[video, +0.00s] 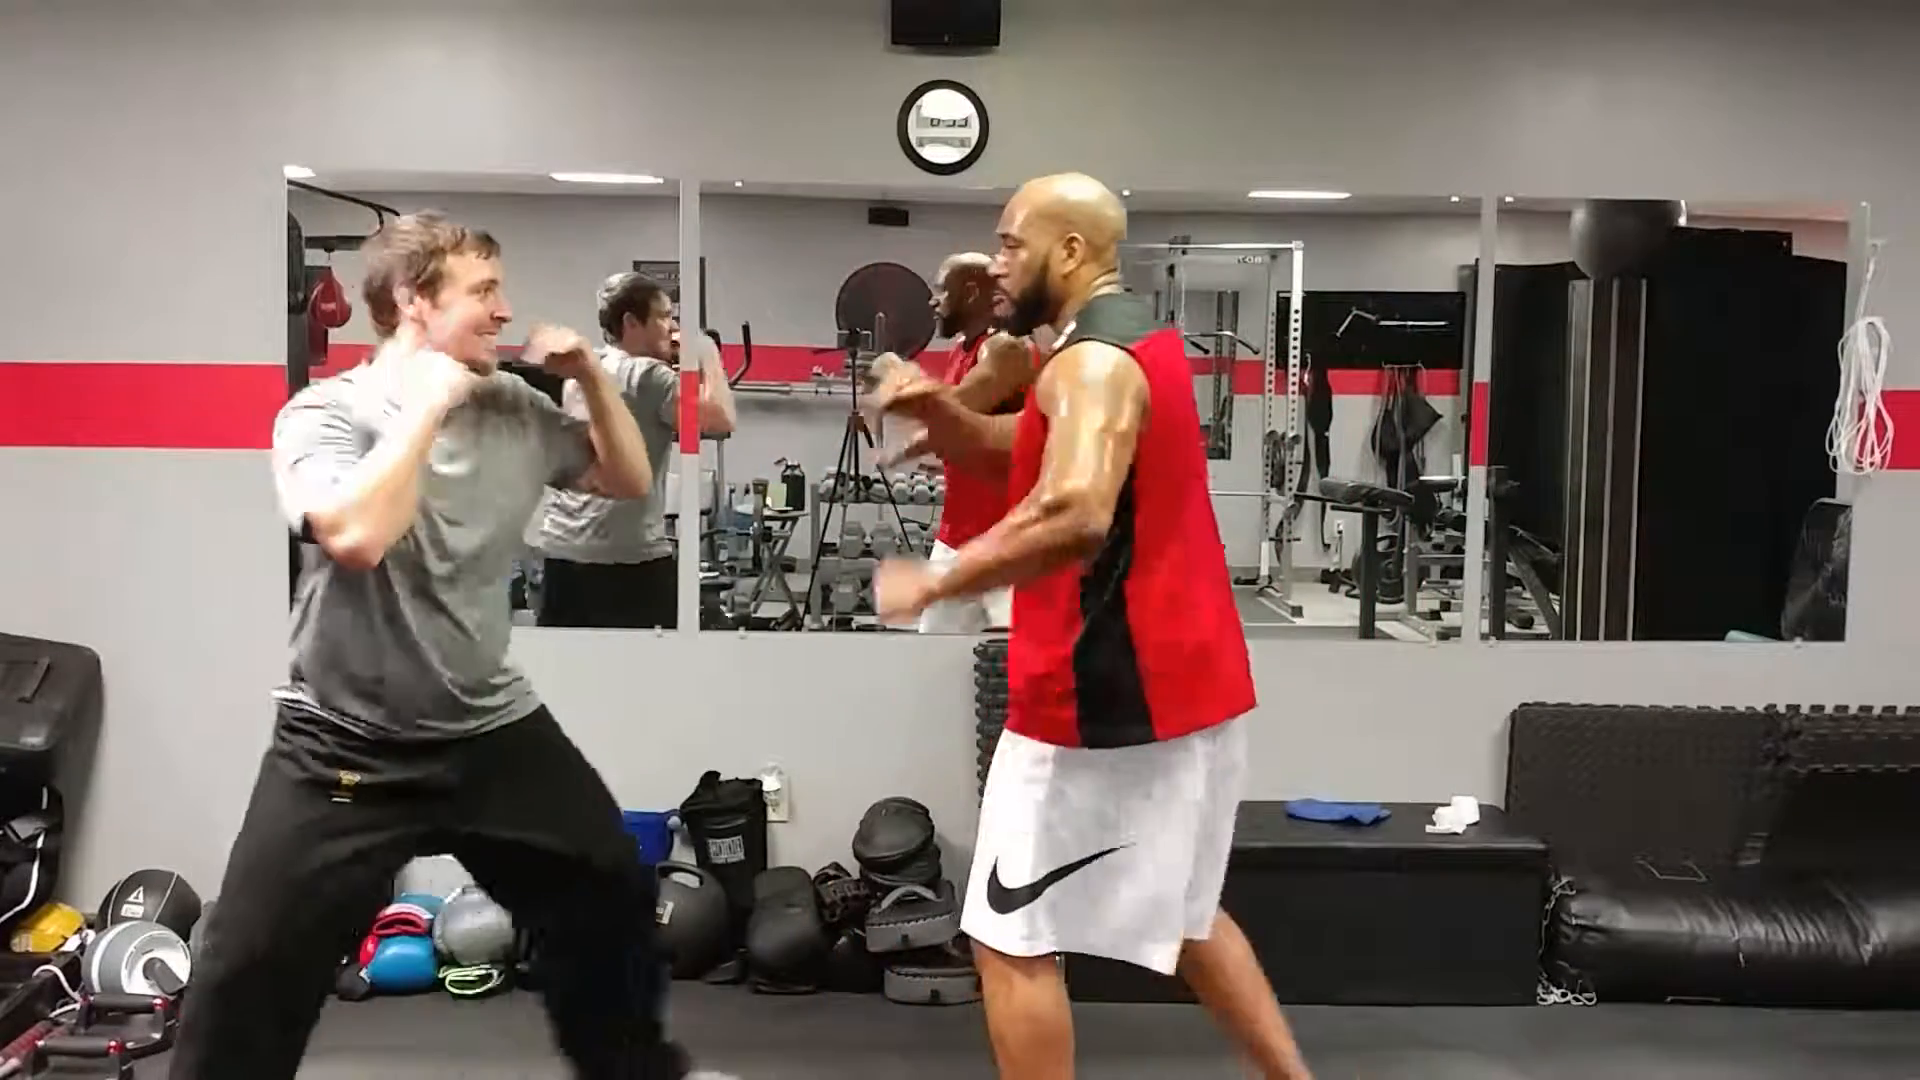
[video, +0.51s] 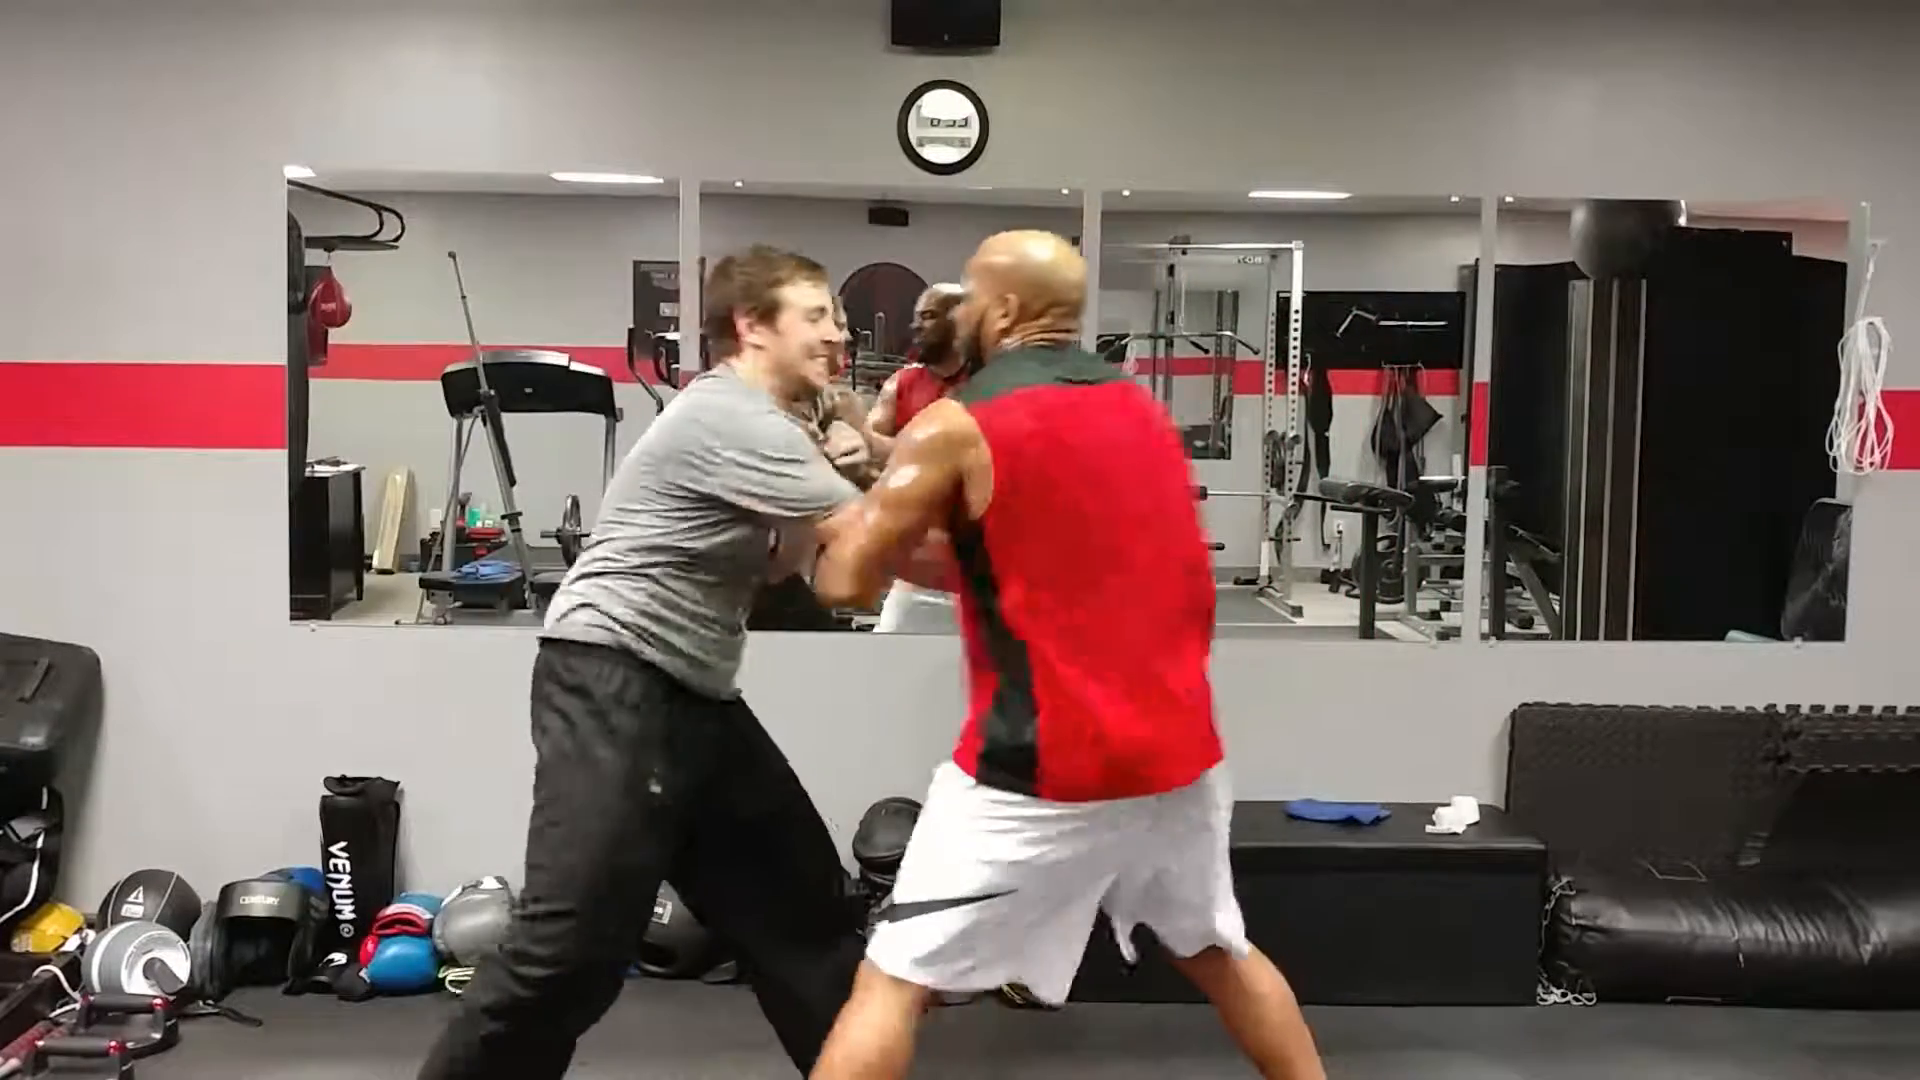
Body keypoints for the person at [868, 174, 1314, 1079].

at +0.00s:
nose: (997, 260)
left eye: (1011, 242)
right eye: (1000, 241)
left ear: (1071, 253)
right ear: (1086, 256)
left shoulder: (1090, 361)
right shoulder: (1140, 340)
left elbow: (1076, 511)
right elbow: (1005, 439)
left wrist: (936, 579)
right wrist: (934, 408)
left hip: (1091, 699)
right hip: (1192, 690)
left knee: (1008, 935)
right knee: (1186, 911)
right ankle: (1290, 1072)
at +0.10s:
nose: (1037, 266)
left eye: (1053, 249)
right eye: (1040, 248)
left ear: (1109, 260)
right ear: (1128, 263)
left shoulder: (1114, 355)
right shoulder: (1175, 339)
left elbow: (1023, 478)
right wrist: (976, 414)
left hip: (1108, 693)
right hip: (1221, 676)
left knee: (980, 914)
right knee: (1230, 913)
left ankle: (1030, 1074)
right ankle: (1321, 1073)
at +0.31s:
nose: (1052, 266)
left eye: (1066, 251)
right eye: (1060, 249)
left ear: (1111, 272)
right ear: (1162, 274)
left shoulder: (1050, 395)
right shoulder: (1237, 371)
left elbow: (974, 548)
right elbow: (1162, 491)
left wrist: (977, 442)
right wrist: (1011, 419)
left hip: (1088, 701)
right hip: (1227, 698)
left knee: (955, 921)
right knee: (1248, 935)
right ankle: (1321, 1076)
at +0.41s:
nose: (1017, 302)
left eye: (1026, 289)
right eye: (1022, 286)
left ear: (1060, 301)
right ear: (1132, 302)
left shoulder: (996, 411)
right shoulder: (1212, 393)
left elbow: (863, 565)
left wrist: (895, 493)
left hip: (1067, 729)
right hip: (1211, 720)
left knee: (928, 937)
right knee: (1237, 940)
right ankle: (1315, 1076)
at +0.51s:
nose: (960, 311)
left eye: (971, 296)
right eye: (966, 294)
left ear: (1004, 311)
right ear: (1070, 315)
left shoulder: (960, 424)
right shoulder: (1136, 403)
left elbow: (845, 578)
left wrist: (848, 524)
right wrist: (918, 546)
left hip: (1036, 757)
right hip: (1176, 743)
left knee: (894, 983)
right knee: (1217, 946)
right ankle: (1309, 1073)